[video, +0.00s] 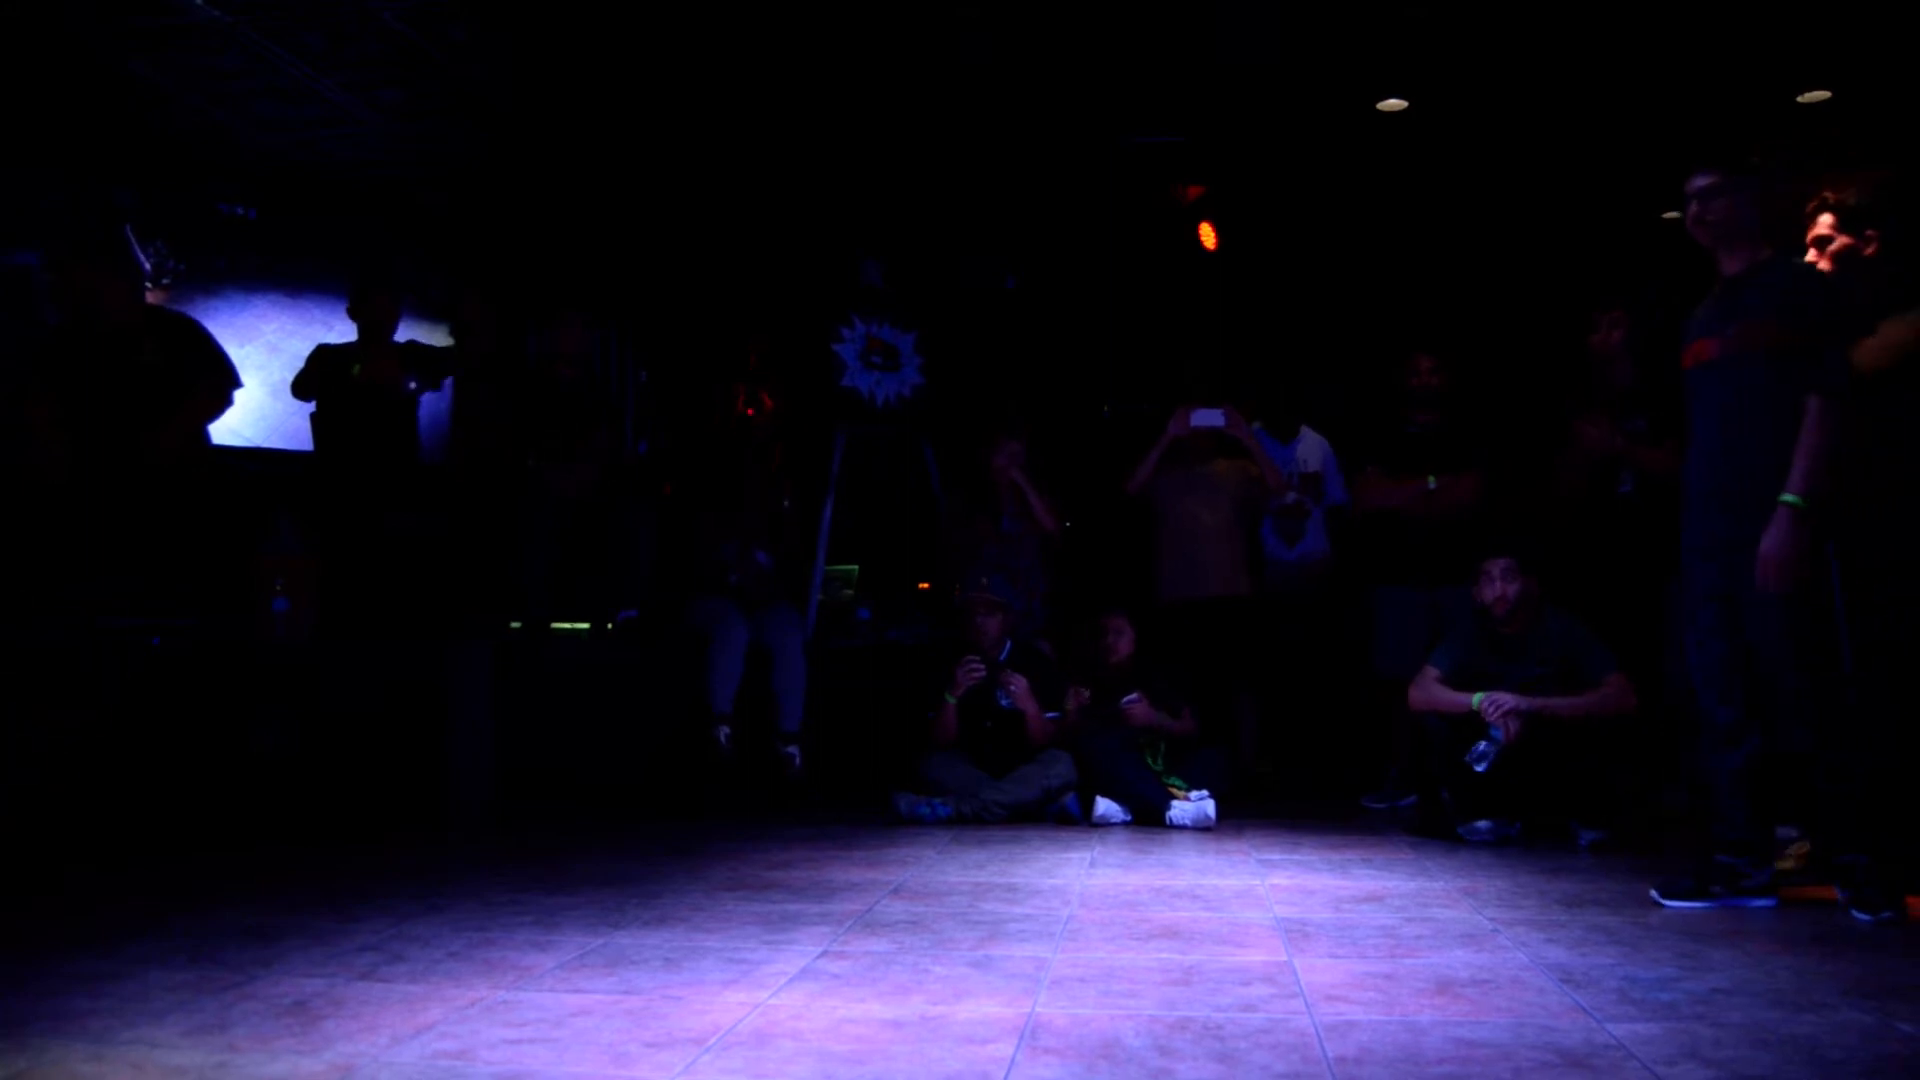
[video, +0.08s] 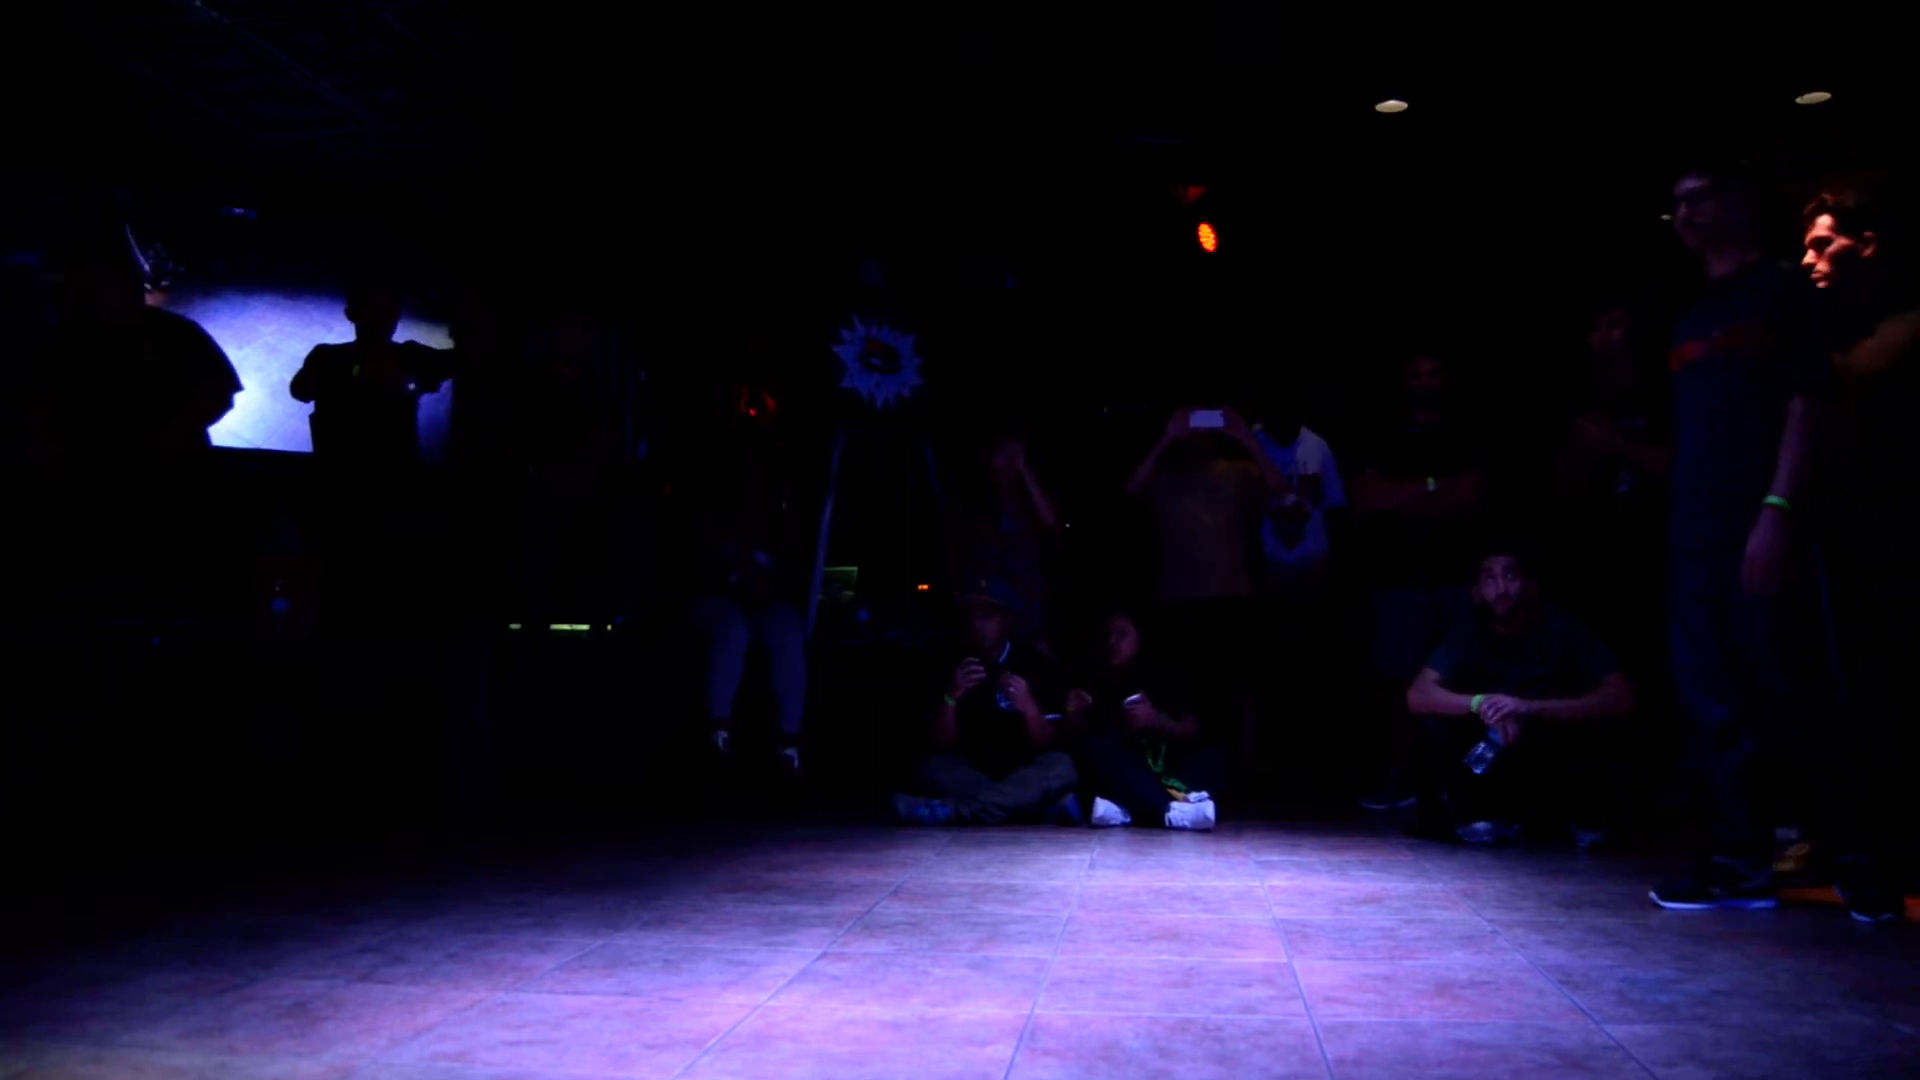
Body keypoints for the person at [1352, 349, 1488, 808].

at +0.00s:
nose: (1425, 383)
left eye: (1433, 374)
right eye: (1417, 375)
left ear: (1447, 379)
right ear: (1404, 381)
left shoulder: (1463, 430)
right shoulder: (1384, 431)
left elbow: (1468, 497)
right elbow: (1367, 495)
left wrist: (1396, 497)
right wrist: (1433, 489)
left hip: (1453, 570)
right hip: (1393, 569)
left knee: (1451, 675)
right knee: (1396, 676)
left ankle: (1453, 786)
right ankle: (1397, 781)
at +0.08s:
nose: (1425, 385)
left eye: (1434, 376)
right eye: (1418, 376)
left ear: (1447, 381)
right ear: (1404, 382)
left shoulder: (1463, 432)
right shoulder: (1383, 433)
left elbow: (1468, 498)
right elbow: (1365, 497)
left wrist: (1395, 498)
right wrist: (1433, 491)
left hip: (1452, 571)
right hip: (1392, 569)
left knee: (1449, 676)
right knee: (1396, 676)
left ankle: (1450, 787)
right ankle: (1396, 782)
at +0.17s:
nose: (1430, 388)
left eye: (1438, 379)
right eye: (1422, 379)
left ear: (1451, 383)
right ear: (1408, 384)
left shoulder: (1465, 433)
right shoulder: (1386, 435)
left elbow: (1471, 499)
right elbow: (1367, 500)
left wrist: (1398, 501)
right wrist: (1436, 493)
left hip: (1456, 572)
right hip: (1395, 571)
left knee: (1452, 678)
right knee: (1398, 678)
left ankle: (1452, 789)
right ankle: (1396, 784)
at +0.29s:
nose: (1432, 389)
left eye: (1440, 379)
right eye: (1423, 380)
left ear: (1453, 385)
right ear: (1409, 386)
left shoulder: (1467, 435)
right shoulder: (1386, 437)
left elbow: (1472, 499)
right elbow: (1368, 501)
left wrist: (1398, 502)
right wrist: (1437, 494)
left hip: (1456, 574)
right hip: (1395, 574)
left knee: (1451, 680)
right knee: (1397, 680)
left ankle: (1450, 791)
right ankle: (1394, 786)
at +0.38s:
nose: (1430, 389)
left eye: (1437, 379)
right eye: (1422, 380)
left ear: (1450, 384)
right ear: (1409, 384)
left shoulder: (1466, 433)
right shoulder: (1388, 434)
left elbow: (1471, 500)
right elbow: (1368, 500)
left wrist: (1398, 500)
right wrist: (1437, 494)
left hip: (1455, 574)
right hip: (1395, 573)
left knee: (1452, 680)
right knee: (1399, 681)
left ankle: (1450, 790)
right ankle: (1396, 786)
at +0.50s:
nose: (1433, 390)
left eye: (1441, 381)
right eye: (1426, 381)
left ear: (1453, 387)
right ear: (1413, 386)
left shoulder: (1468, 436)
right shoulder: (1390, 436)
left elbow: (1472, 501)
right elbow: (1371, 502)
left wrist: (1400, 501)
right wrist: (1440, 495)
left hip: (1456, 576)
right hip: (1397, 575)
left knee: (1454, 681)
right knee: (1400, 682)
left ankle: (1452, 791)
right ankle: (1398, 786)